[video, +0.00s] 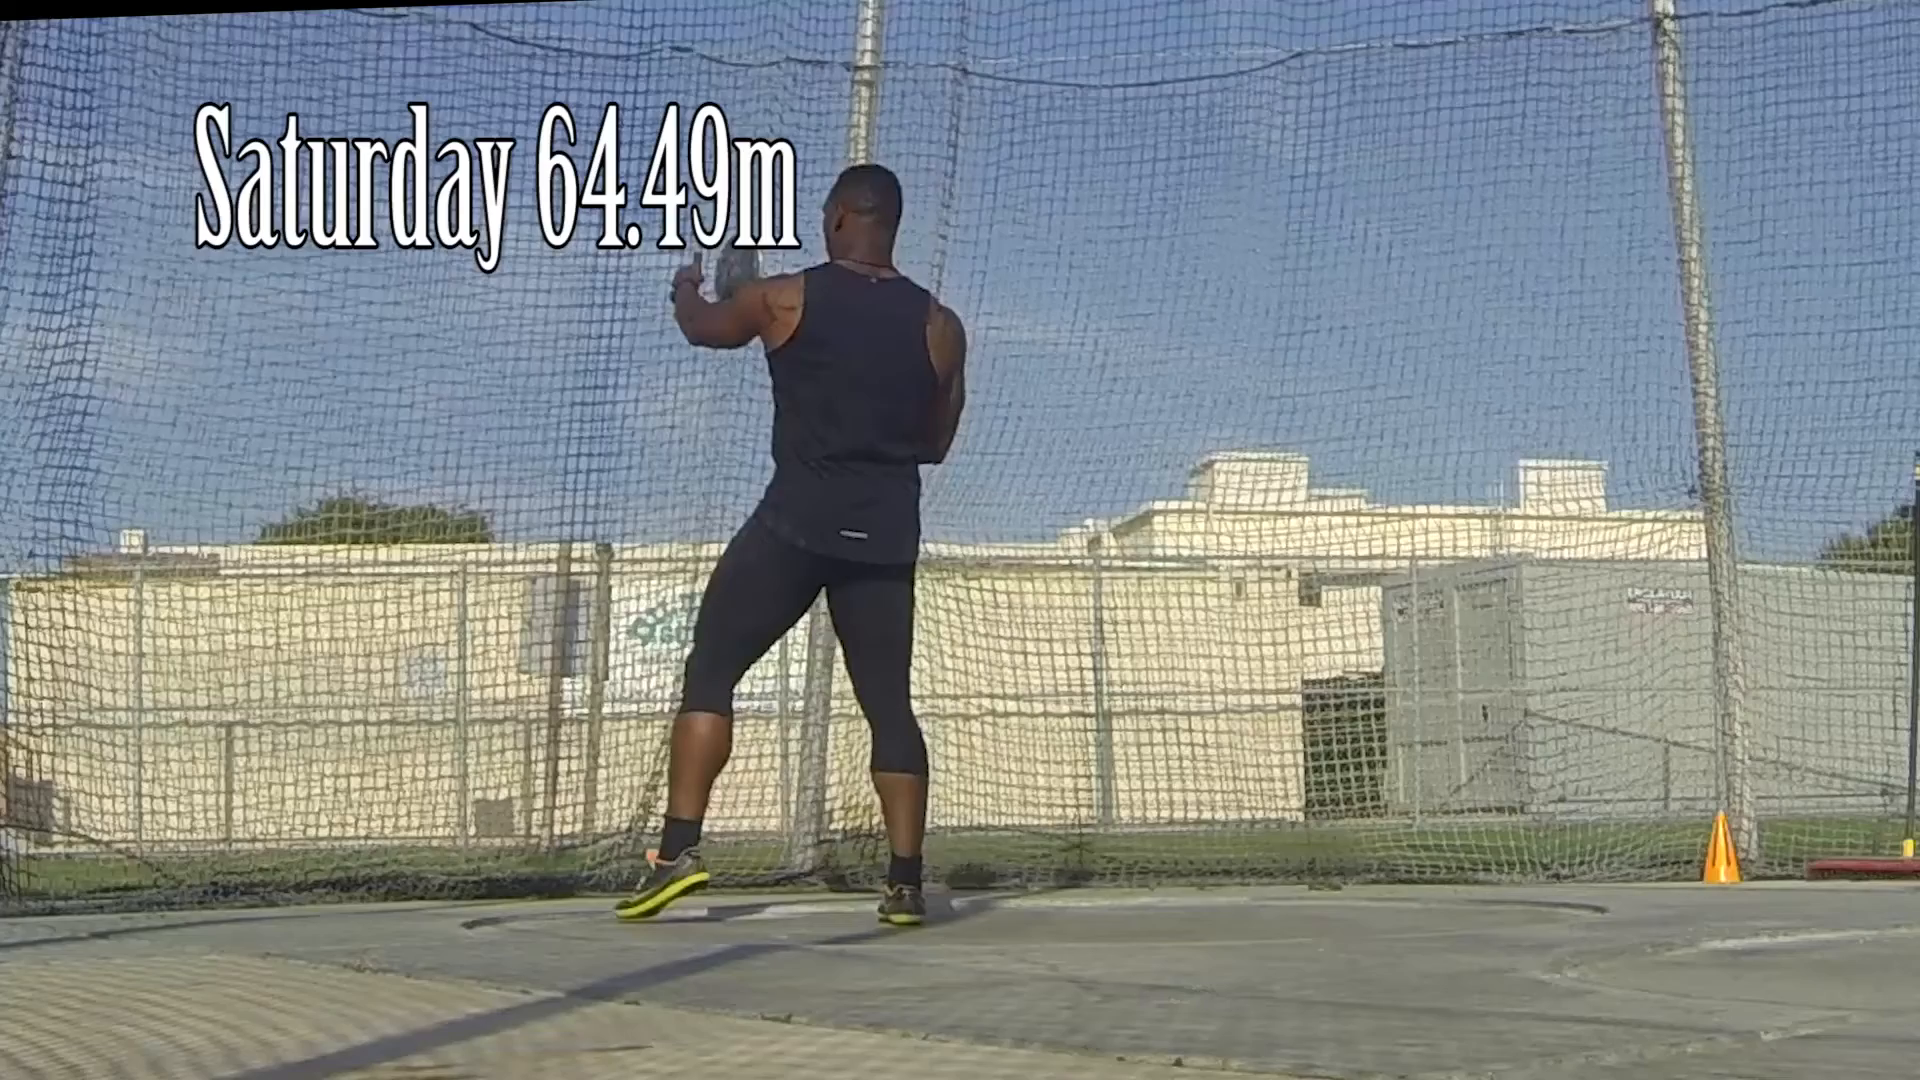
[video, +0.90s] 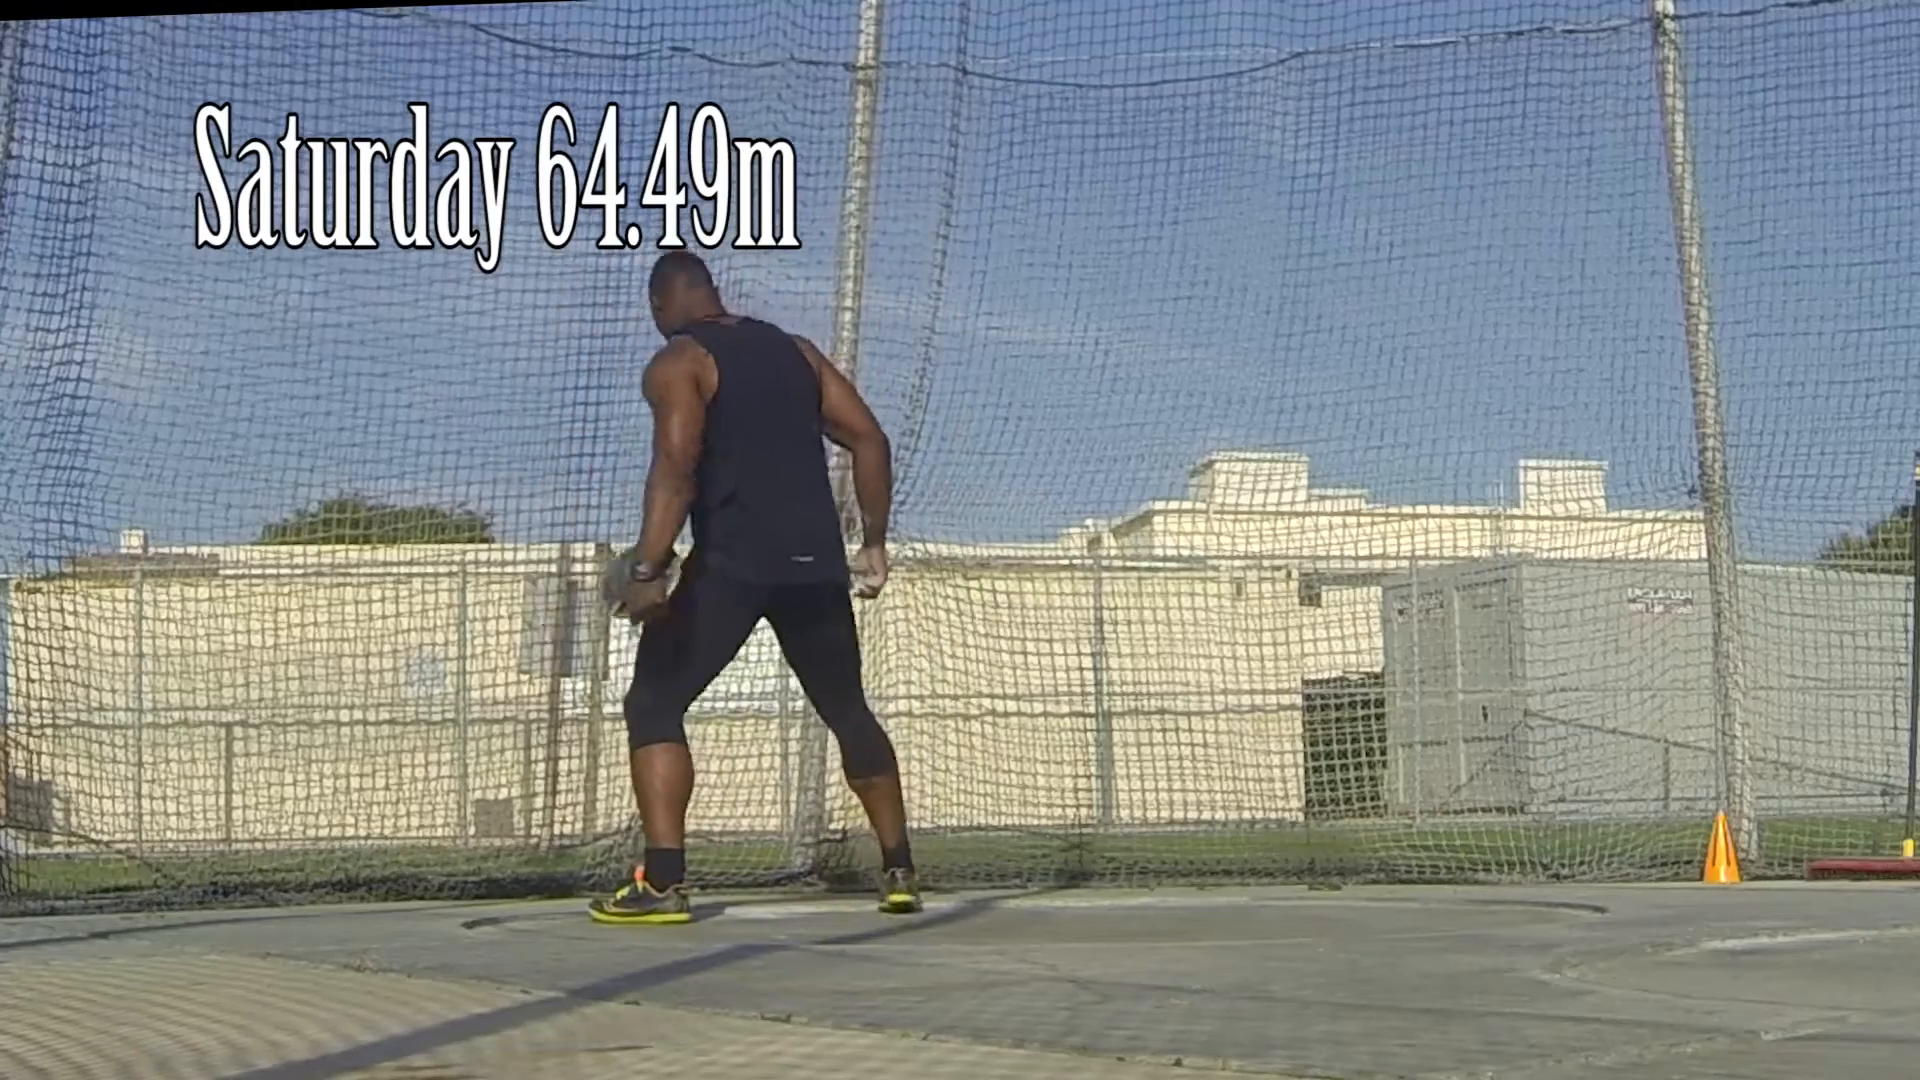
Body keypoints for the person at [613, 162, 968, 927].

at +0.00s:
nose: (826, 232)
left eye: (828, 221)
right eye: (835, 222)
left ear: (835, 221)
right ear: (898, 228)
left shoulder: (785, 297)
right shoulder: (940, 325)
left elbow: (703, 326)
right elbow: (935, 444)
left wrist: (688, 294)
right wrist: (860, 414)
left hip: (795, 523)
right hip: (886, 537)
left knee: (711, 671)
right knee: (890, 702)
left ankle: (677, 851)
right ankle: (907, 883)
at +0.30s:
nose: (743, 253)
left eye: (736, 243)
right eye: (772, 238)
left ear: (731, 246)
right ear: (800, 248)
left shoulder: (695, 316)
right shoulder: (847, 330)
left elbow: (606, 340)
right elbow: (885, 455)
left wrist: (590, 286)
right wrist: (823, 503)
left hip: (730, 544)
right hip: (824, 547)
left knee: (671, 697)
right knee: (851, 705)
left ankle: (662, 879)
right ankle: (895, 868)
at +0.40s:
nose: (692, 245)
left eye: (694, 233)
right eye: (704, 232)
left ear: (700, 239)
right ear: (764, 243)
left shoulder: (667, 325)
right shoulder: (821, 327)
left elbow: (571, 382)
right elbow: (860, 449)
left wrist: (556, 336)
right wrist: (824, 521)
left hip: (712, 546)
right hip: (805, 547)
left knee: (657, 696)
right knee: (836, 692)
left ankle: (661, 880)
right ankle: (888, 833)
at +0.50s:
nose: (669, 253)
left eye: (672, 242)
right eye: (676, 241)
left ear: (676, 250)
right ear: (736, 248)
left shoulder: (648, 335)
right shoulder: (801, 323)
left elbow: (555, 425)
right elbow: (852, 438)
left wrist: (524, 421)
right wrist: (839, 524)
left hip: (705, 545)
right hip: (794, 544)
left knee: (652, 698)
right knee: (830, 686)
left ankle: (660, 880)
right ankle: (886, 824)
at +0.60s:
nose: (662, 261)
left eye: (660, 251)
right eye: (672, 248)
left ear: (653, 265)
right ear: (717, 258)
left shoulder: (636, 347)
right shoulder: (787, 326)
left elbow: (565, 459)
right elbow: (849, 427)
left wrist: (512, 517)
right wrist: (852, 527)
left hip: (704, 545)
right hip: (793, 544)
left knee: (649, 698)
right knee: (828, 685)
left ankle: (660, 880)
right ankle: (888, 832)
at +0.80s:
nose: (649, 311)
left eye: (646, 302)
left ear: (646, 299)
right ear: (706, 286)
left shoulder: (650, 364)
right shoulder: (782, 340)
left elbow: (627, 483)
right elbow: (855, 428)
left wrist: (582, 582)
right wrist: (875, 531)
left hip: (719, 557)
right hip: (805, 555)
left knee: (646, 702)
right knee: (839, 699)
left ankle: (661, 881)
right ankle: (895, 858)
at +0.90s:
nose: (658, 319)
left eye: (657, 307)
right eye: (655, 308)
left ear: (669, 301)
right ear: (717, 293)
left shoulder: (677, 362)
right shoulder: (796, 351)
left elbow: (677, 460)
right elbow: (869, 438)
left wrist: (648, 567)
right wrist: (875, 539)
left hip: (731, 564)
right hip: (816, 563)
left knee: (653, 705)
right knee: (849, 710)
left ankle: (661, 882)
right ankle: (899, 869)